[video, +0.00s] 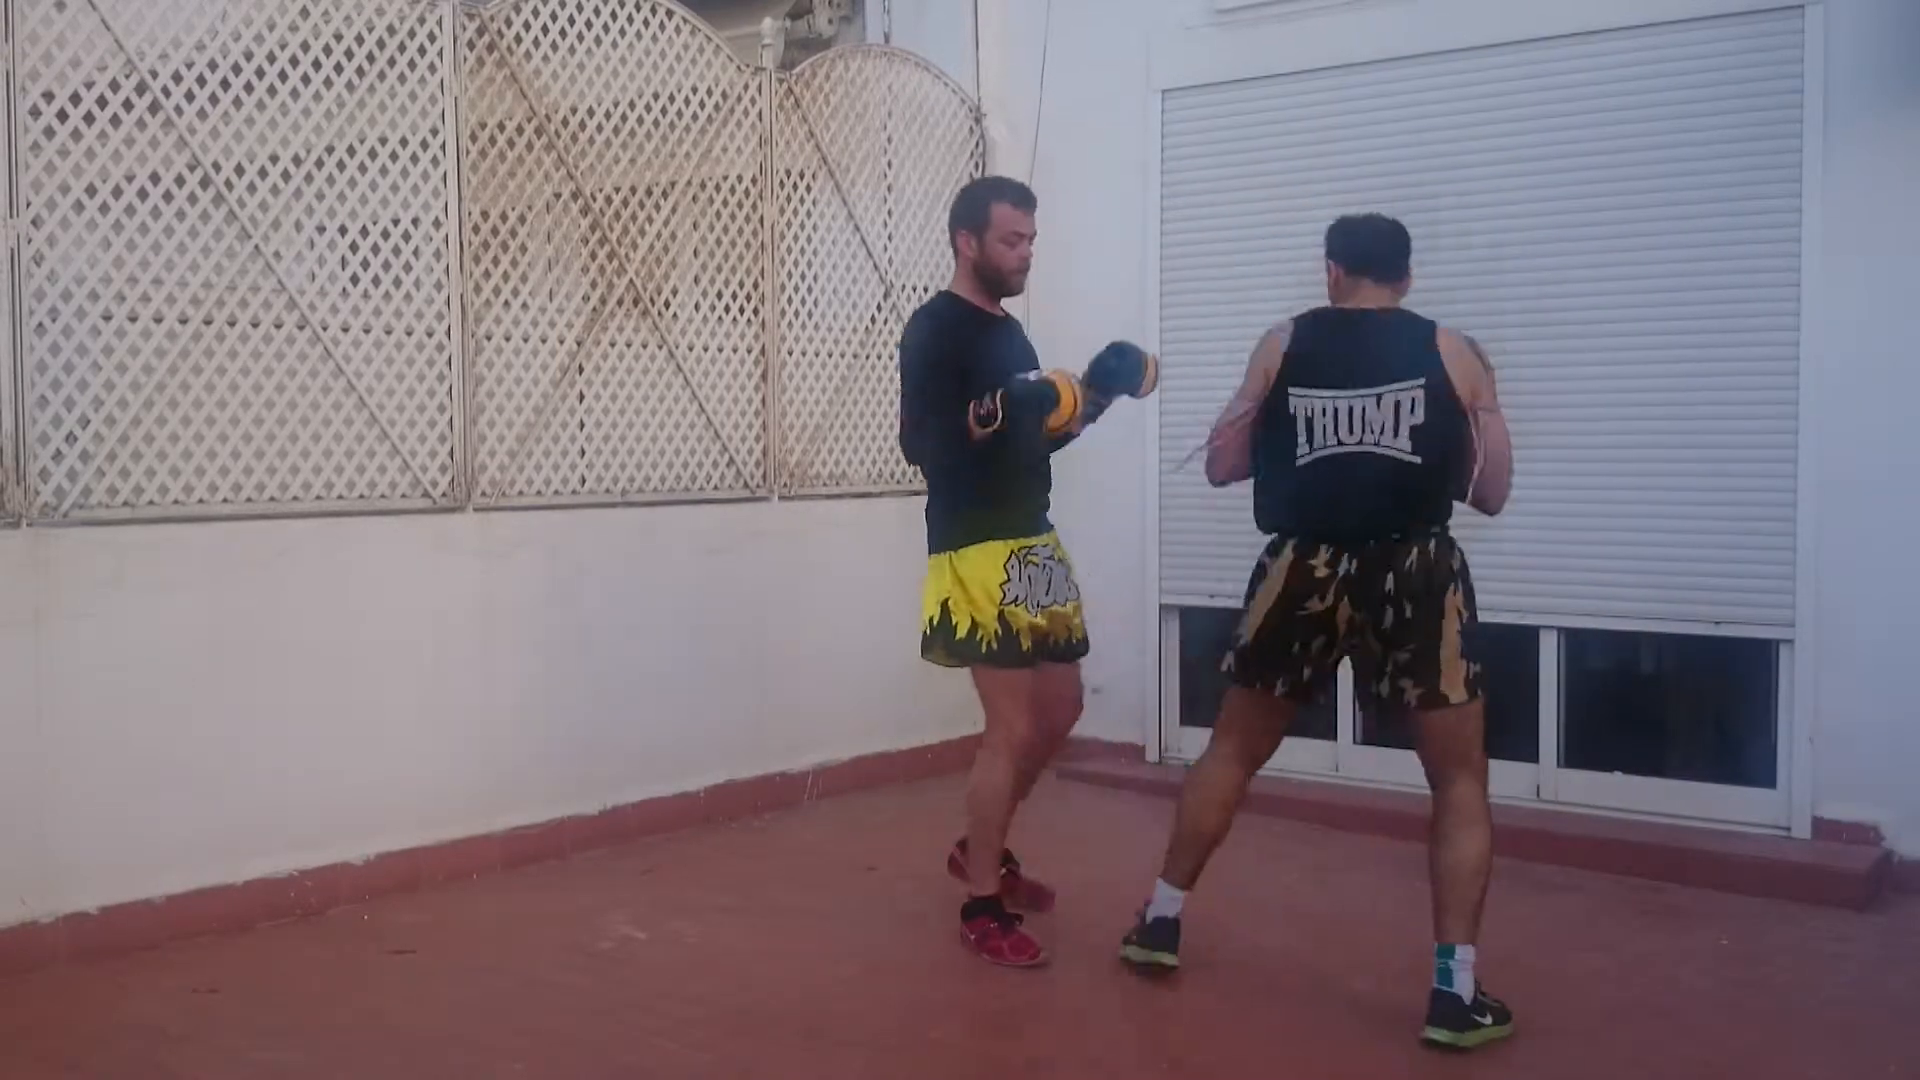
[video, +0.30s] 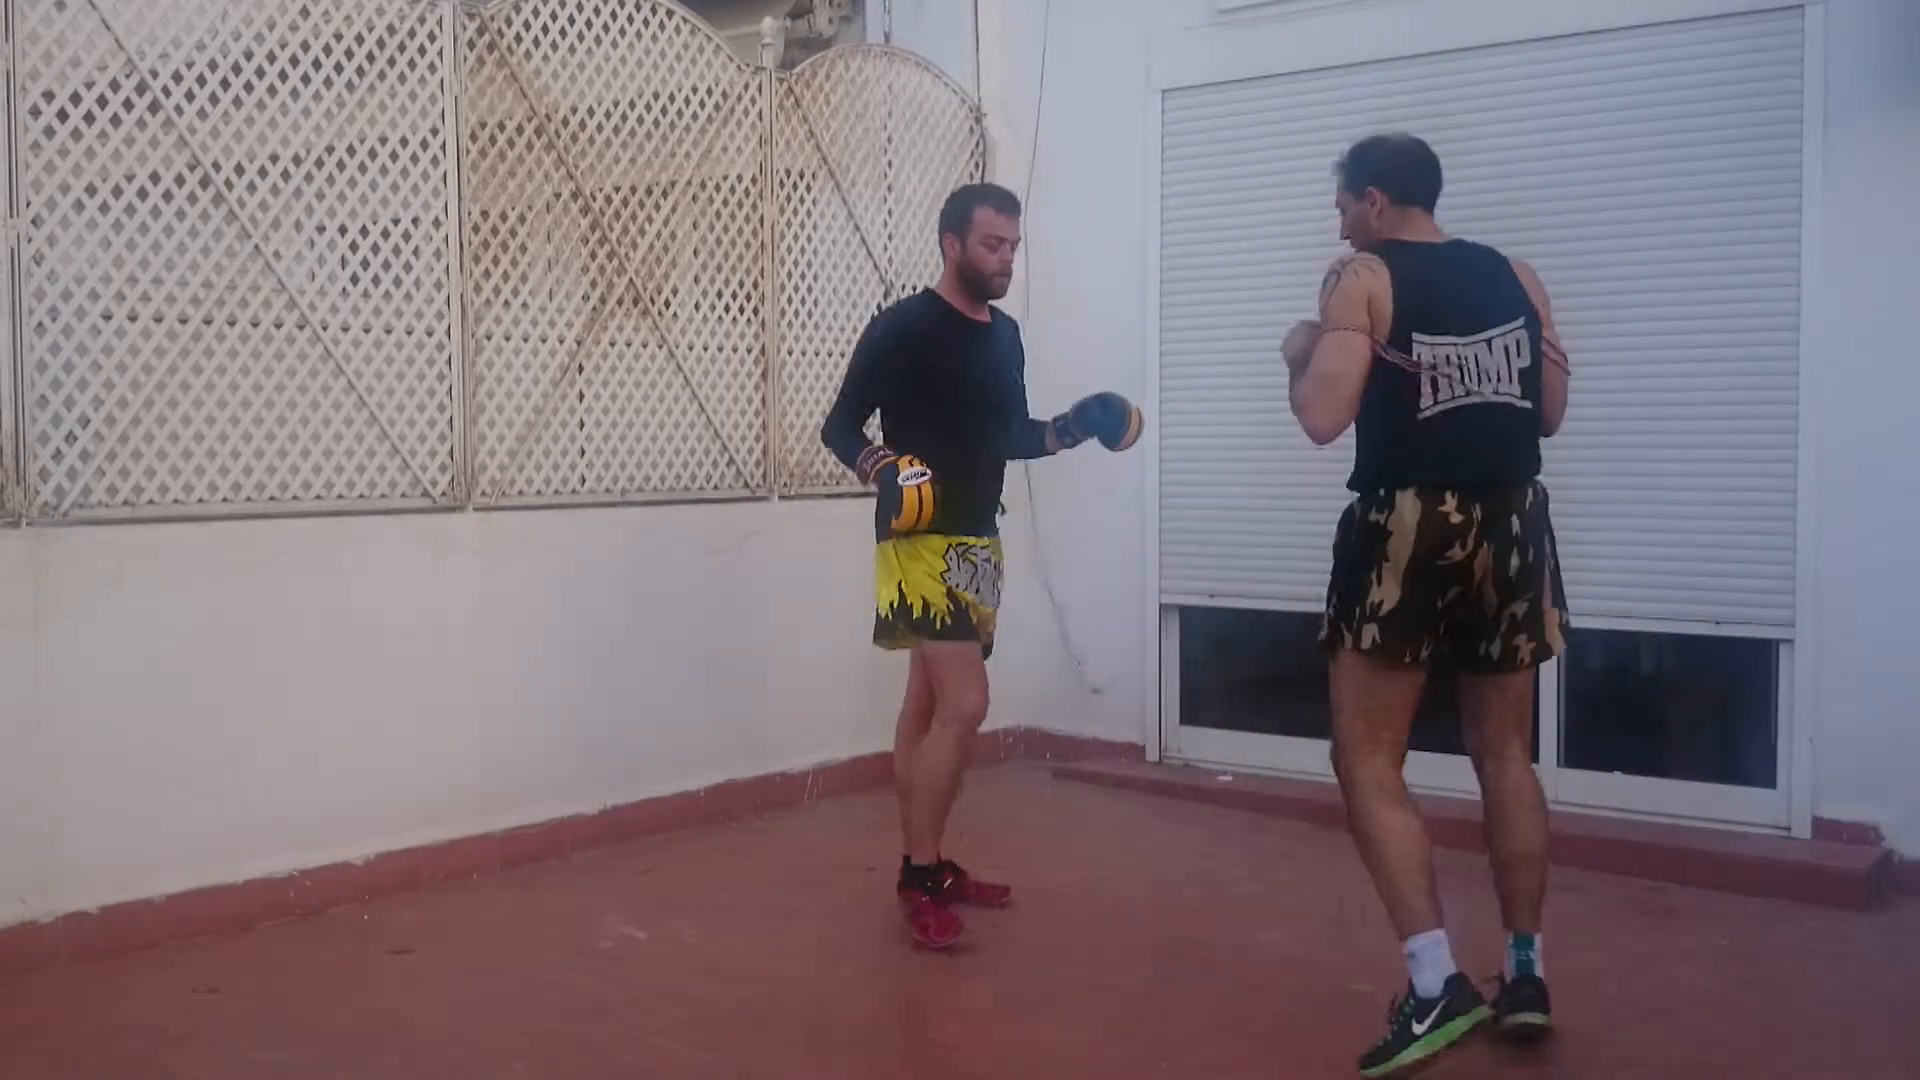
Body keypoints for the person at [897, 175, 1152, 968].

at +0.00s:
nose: (1026, 253)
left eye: (1030, 240)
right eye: (1012, 239)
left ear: (1022, 244)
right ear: (965, 241)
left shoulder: (1010, 330)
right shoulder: (933, 329)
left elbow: (1034, 437)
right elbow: (924, 448)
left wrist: (1095, 395)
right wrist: (1005, 416)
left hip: (1032, 541)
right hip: (978, 551)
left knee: (1056, 711)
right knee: (1009, 727)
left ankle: (983, 847)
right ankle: (982, 904)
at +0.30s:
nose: (1006, 257)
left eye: (1013, 245)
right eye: (993, 243)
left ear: (1012, 249)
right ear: (950, 244)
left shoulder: (1003, 332)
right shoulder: (901, 328)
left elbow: (1009, 438)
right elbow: (841, 428)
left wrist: (1071, 429)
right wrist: (882, 468)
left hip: (974, 538)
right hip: (921, 539)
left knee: (924, 711)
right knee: (961, 705)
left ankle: (926, 865)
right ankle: (921, 876)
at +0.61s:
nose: (954, 271)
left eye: (962, 260)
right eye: (943, 256)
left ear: (965, 260)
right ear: (901, 250)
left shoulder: (952, 338)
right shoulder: (852, 335)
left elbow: (971, 446)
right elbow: (822, 451)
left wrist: (1037, 413)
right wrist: (897, 441)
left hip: (939, 545)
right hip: (862, 549)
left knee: (1018, 688)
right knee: (858, 720)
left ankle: (953, 834)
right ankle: (831, 873)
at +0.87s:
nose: (938, 269)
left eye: (946, 256)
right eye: (926, 254)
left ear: (949, 256)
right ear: (883, 246)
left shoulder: (936, 335)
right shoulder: (832, 323)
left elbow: (993, 423)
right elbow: (833, 440)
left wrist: (1036, 363)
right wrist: (897, 376)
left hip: (935, 533)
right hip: (857, 538)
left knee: (999, 692)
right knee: (851, 715)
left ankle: (1039, 859)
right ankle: (830, 871)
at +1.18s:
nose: (948, 274)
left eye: (955, 262)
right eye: (936, 261)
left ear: (959, 263)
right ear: (892, 255)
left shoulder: (950, 341)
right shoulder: (847, 332)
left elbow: (1009, 427)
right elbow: (860, 434)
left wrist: (1049, 367)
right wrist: (927, 350)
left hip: (955, 544)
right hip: (877, 547)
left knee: (1002, 714)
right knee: (867, 722)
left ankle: (1028, 886)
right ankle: (830, 876)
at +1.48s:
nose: (970, 268)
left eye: (977, 257)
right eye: (959, 255)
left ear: (978, 257)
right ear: (915, 248)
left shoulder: (964, 325)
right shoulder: (876, 319)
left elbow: (1051, 388)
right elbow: (875, 433)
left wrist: (1076, 323)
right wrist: (945, 345)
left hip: (937, 535)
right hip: (871, 539)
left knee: (993, 691)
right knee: (919, 705)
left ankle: (937, 840)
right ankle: (849, 836)